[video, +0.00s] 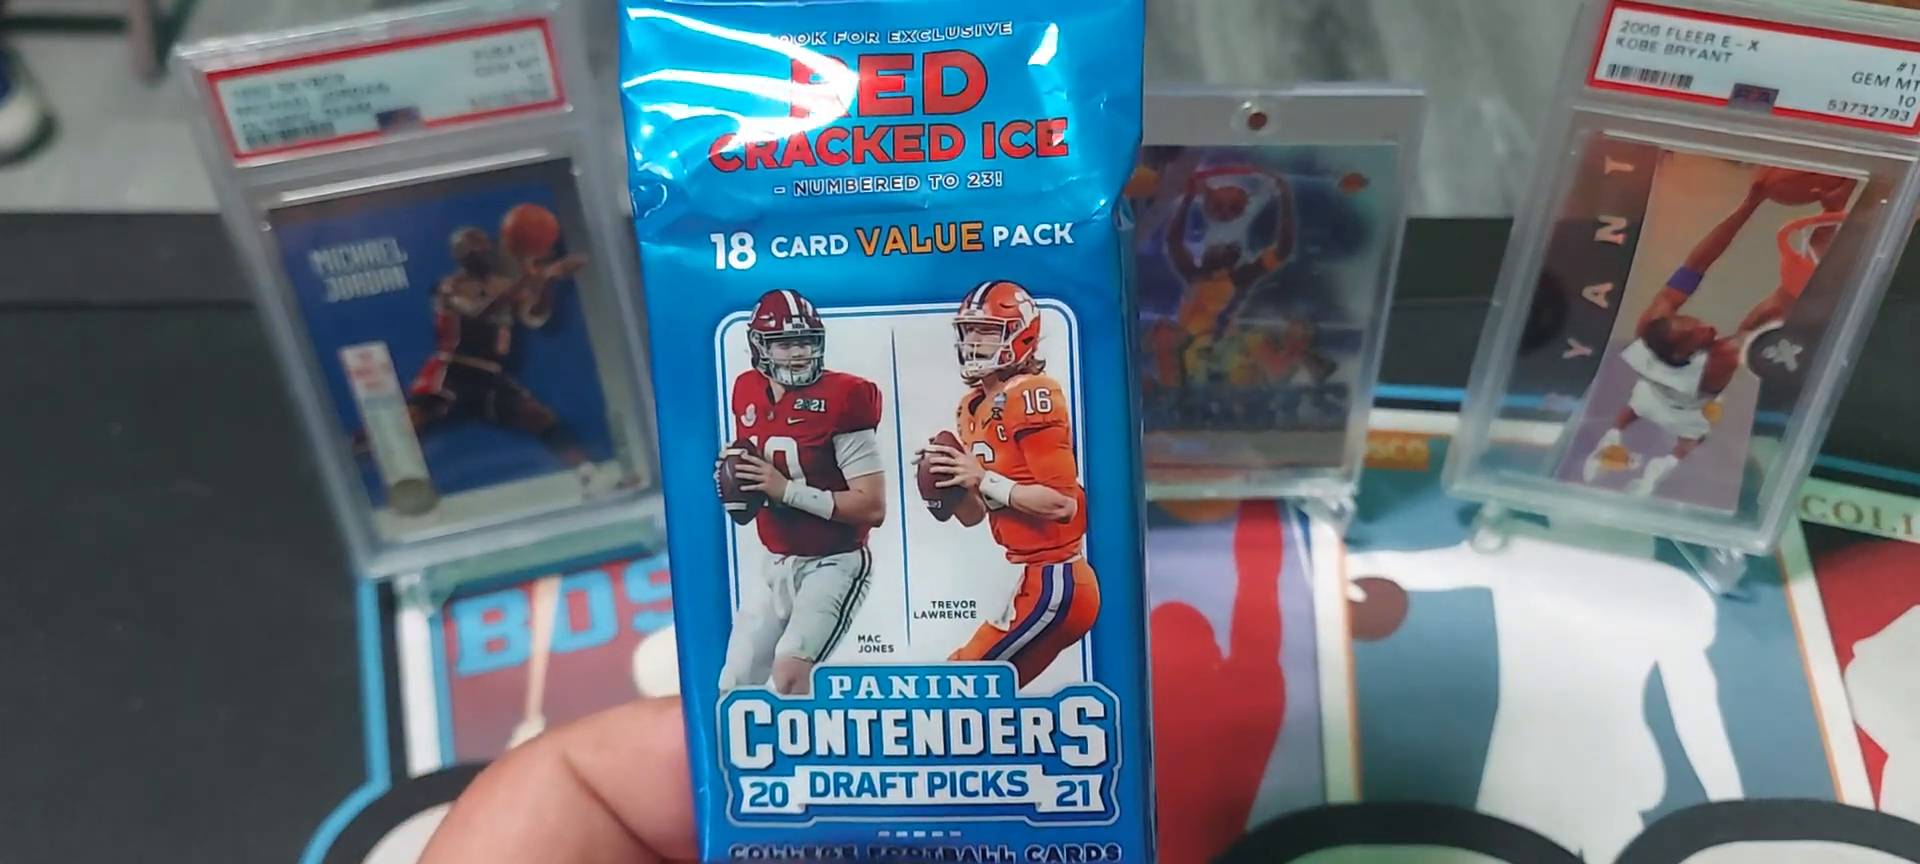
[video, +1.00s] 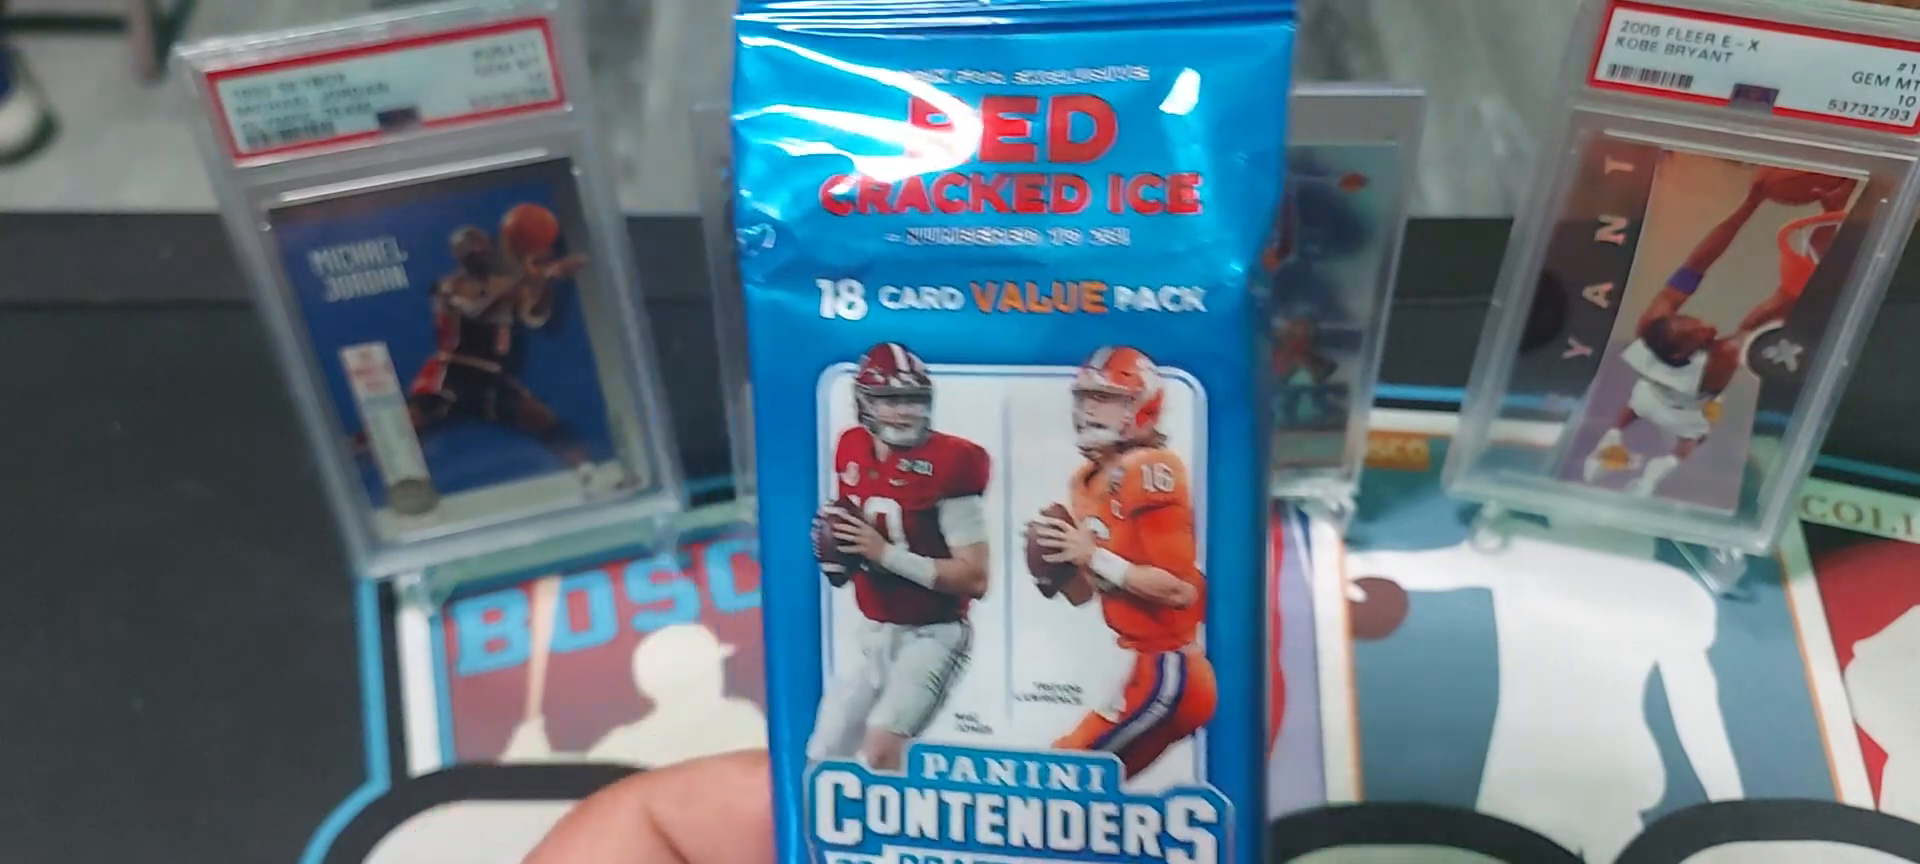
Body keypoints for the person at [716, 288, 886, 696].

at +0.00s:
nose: (796, 353)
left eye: (804, 342)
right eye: (783, 343)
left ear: (818, 344)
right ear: (760, 346)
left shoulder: (846, 397)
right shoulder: (747, 390)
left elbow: (872, 507)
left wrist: (786, 490)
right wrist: (732, 475)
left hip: (837, 563)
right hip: (775, 565)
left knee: (788, 677)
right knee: (734, 685)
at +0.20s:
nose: (805, 368)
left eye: (813, 357)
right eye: (791, 358)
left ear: (825, 358)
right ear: (767, 363)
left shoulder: (852, 413)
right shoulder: (754, 406)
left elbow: (877, 522)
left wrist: (791, 505)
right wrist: (739, 495)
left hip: (841, 577)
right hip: (780, 580)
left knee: (793, 691)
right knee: (738, 703)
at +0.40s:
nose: (812, 379)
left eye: (821, 368)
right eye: (799, 369)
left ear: (833, 370)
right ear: (775, 372)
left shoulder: (861, 424)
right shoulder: (762, 415)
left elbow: (886, 535)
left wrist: (799, 515)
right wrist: (745, 502)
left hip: (850, 589)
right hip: (788, 591)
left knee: (800, 703)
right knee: (745, 714)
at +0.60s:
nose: (789, 353)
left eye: (798, 342)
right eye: (777, 343)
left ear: (811, 343)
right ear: (752, 346)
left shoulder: (839, 398)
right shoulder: (739, 390)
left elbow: (863, 508)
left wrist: (775, 490)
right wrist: (724, 480)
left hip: (828, 564)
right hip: (767, 567)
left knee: (779, 678)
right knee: (724, 690)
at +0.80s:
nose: (781, 366)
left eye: (790, 354)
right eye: (767, 356)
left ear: (804, 357)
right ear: (745, 361)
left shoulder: (834, 413)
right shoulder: (735, 404)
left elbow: (862, 524)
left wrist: (773, 506)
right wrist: (720, 499)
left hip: (827, 581)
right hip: (766, 583)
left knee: (780, 694)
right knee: (724, 705)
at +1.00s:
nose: (904, 412)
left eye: (914, 400)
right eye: (890, 400)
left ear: (928, 402)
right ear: (865, 403)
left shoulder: (956, 461)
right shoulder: (852, 447)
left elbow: (975, 577)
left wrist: (885, 553)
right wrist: (832, 543)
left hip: (935, 635)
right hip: (871, 632)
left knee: (881, 748)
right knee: (823, 757)